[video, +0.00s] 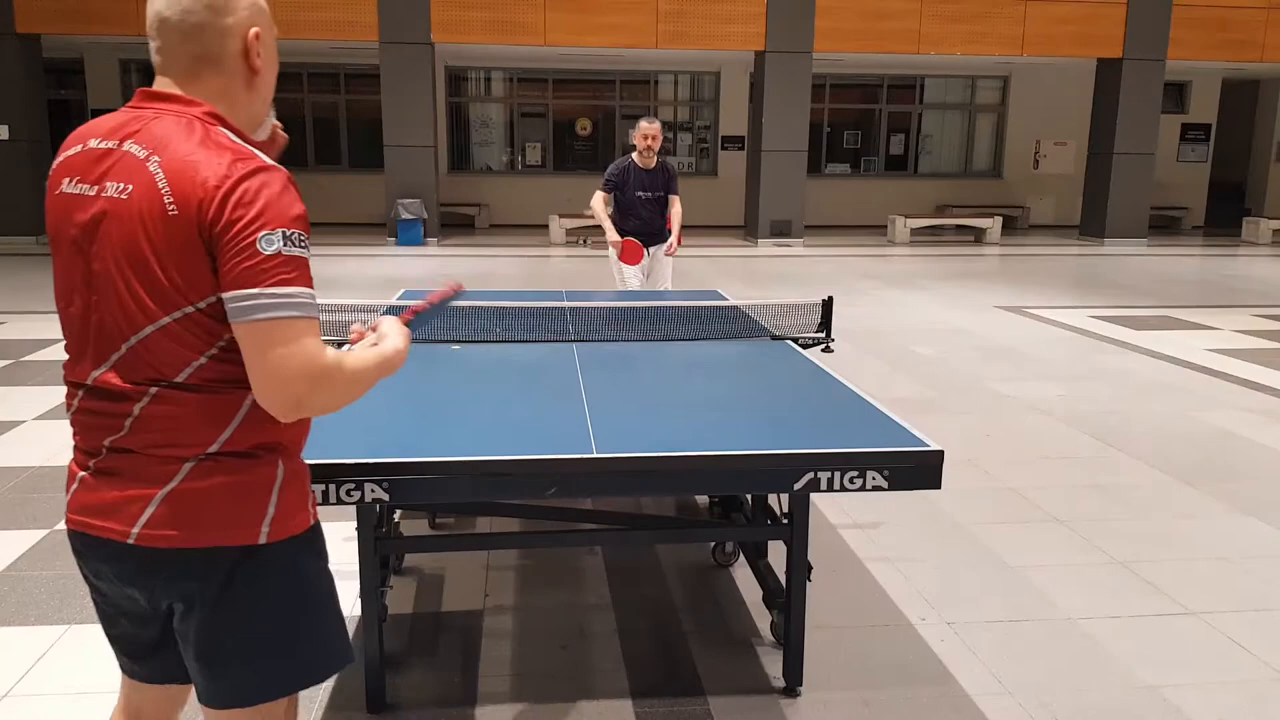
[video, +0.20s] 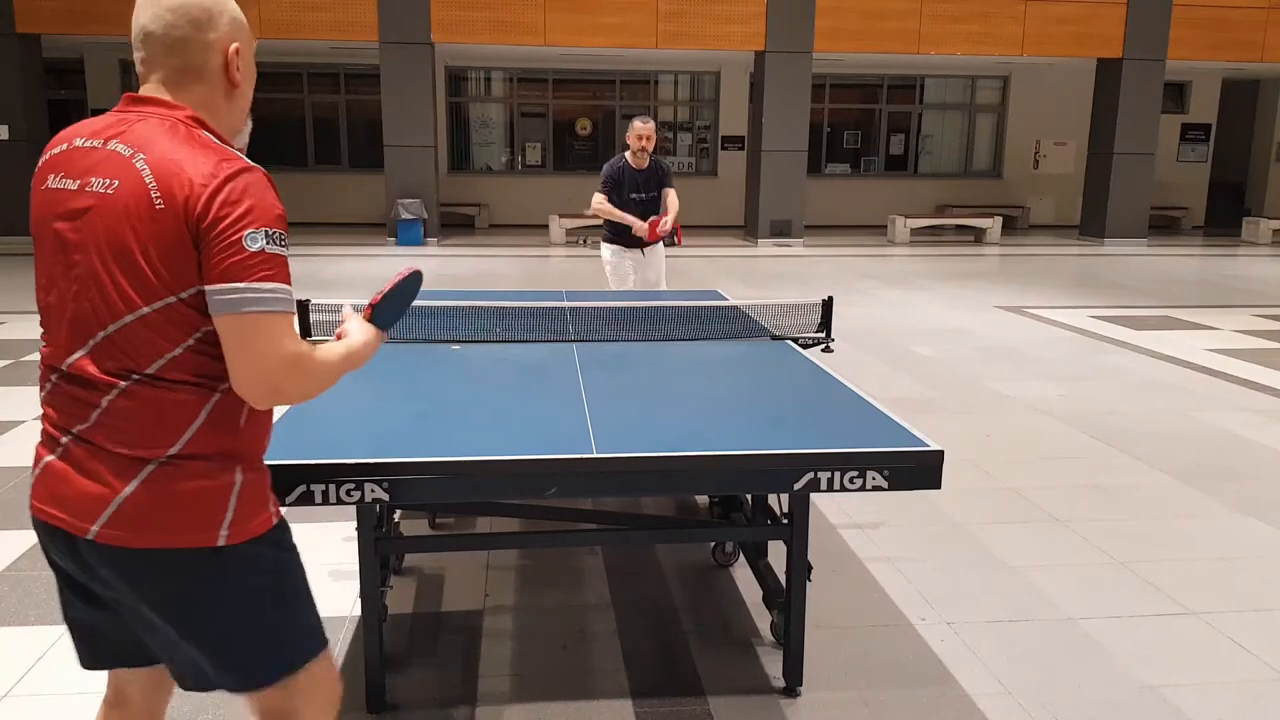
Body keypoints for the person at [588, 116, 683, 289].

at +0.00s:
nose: (649, 143)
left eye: (654, 138)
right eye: (644, 138)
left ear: (661, 139)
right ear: (634, 138)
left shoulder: (668, 170)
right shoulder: (619, 168)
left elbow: (675, 206)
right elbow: (597, 201)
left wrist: (675, 235)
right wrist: (610, 231)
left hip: (660, 247)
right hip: (627, 248)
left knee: (663, 302)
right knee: (632, 303)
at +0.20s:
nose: (644, 144)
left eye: (649, 138)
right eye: (639, 138)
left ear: (655, 140)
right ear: (628, 138)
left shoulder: (662, 168)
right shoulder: (613, 168)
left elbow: (671, 196)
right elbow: (597, 205)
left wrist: (670, 217)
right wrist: (634, 223)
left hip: (652, 247)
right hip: (618, 249)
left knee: (657, 303)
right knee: (626, 305)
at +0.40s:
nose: (640, 143)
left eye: (645, 137)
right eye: (635, 136)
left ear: (651, 138)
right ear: (624, 136)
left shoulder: (655, 165)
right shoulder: (609, 165)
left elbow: (672, 190)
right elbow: (592, 192)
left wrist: (676, 206)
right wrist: (617, 203)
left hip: (649, 245)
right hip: (616, 247)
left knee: (651, 301)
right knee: (620, 304)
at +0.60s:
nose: (641, 142)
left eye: (645, 137)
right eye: (636, 137)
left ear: (651, 138)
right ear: (624, 137)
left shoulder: (655, 167)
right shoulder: (612, 164)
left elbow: (673, 197)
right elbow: (589, 178)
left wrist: (690, 217)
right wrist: (563, 186)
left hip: (648, 245)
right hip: (617, 246)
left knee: (653, 302)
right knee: (624, 305)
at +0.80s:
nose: (645, 146)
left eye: (649, 141)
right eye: (640, 140)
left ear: (655, 144)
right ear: (629, 141)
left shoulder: (659, 174)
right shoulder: (612, 171)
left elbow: (676, 210)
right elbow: (582, 192)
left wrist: (691, 240)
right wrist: (563, 211)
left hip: (648, 249)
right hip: (616, 248)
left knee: (653, 305)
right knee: (621, 304)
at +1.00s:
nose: (639, 140)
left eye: (644, 135)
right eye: (634, 135)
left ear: (651, 138)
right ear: (625, 136)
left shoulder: (656, 168)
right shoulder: (609, 166)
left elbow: (666, 206)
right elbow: (584, 199)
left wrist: (676, 246)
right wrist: (583, 226)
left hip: (645, 245)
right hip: (611, 245)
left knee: (647, 301)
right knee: (612, 299)